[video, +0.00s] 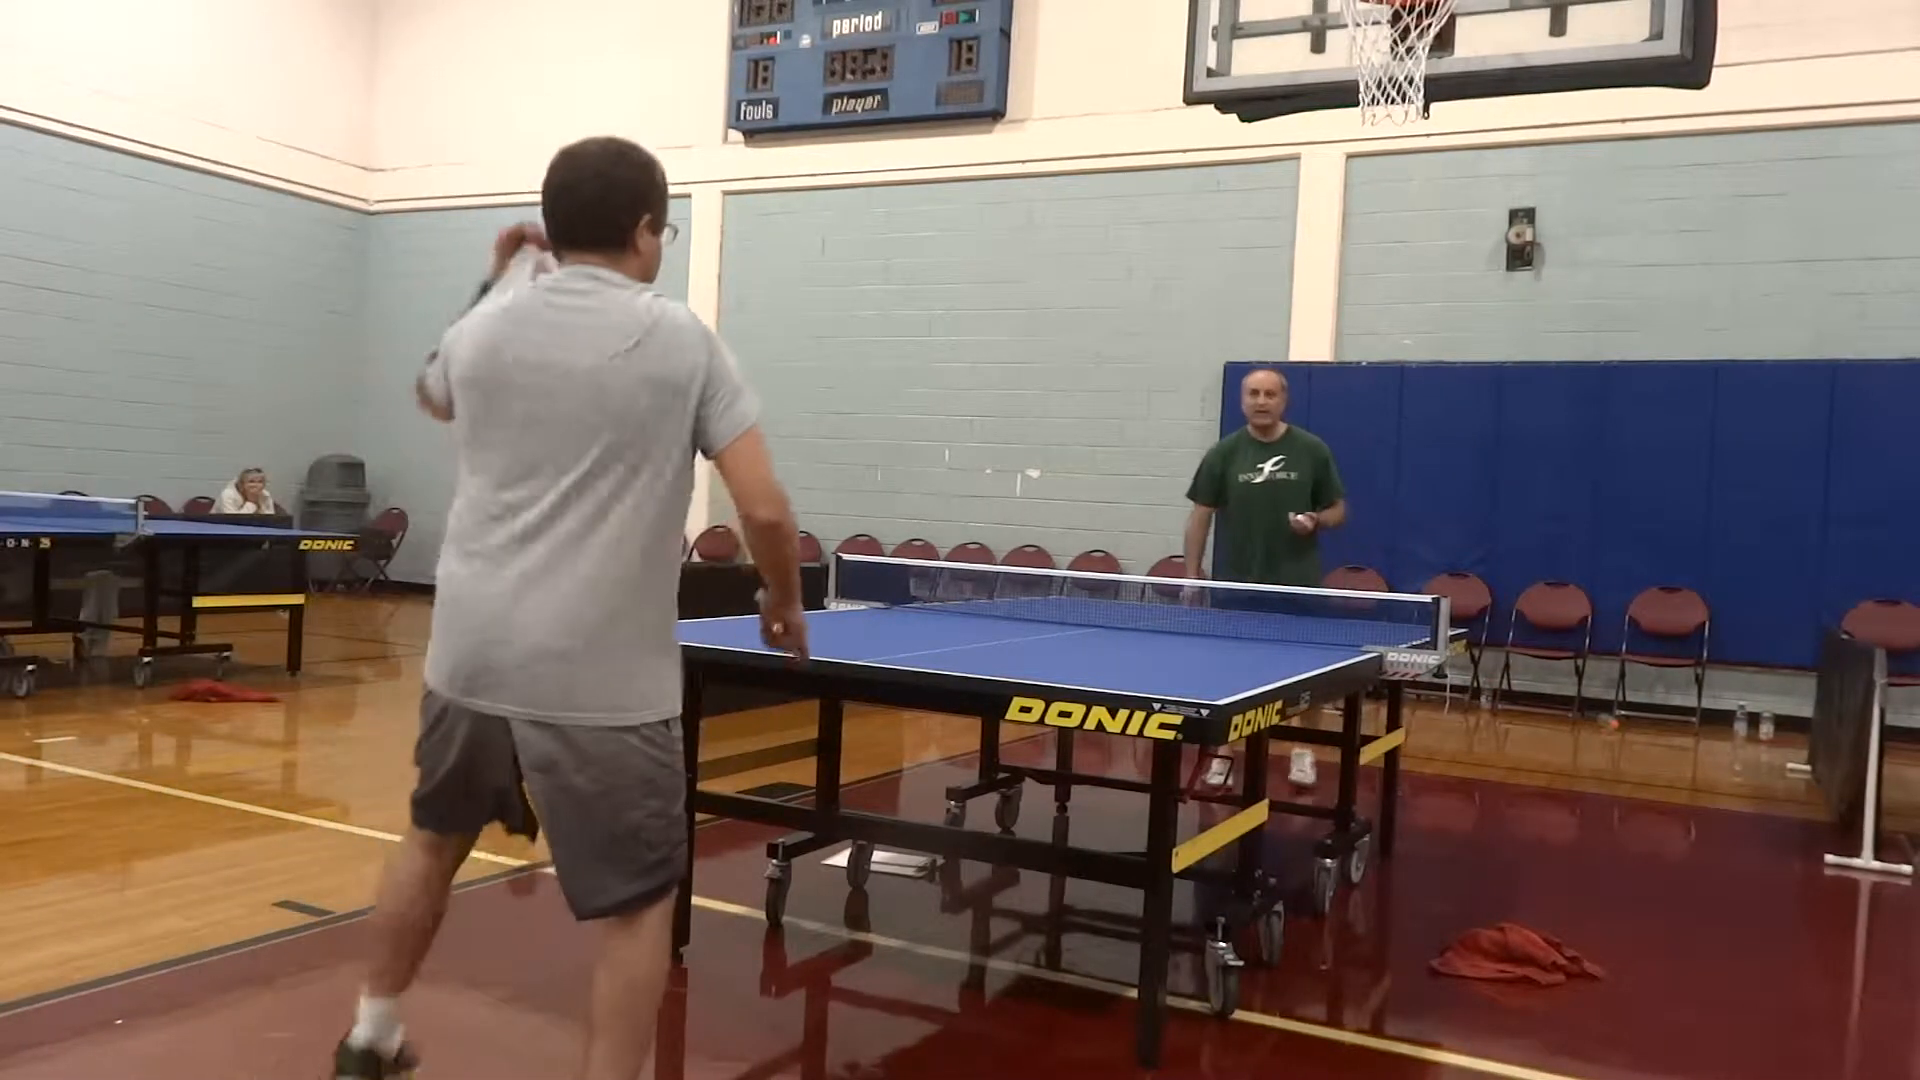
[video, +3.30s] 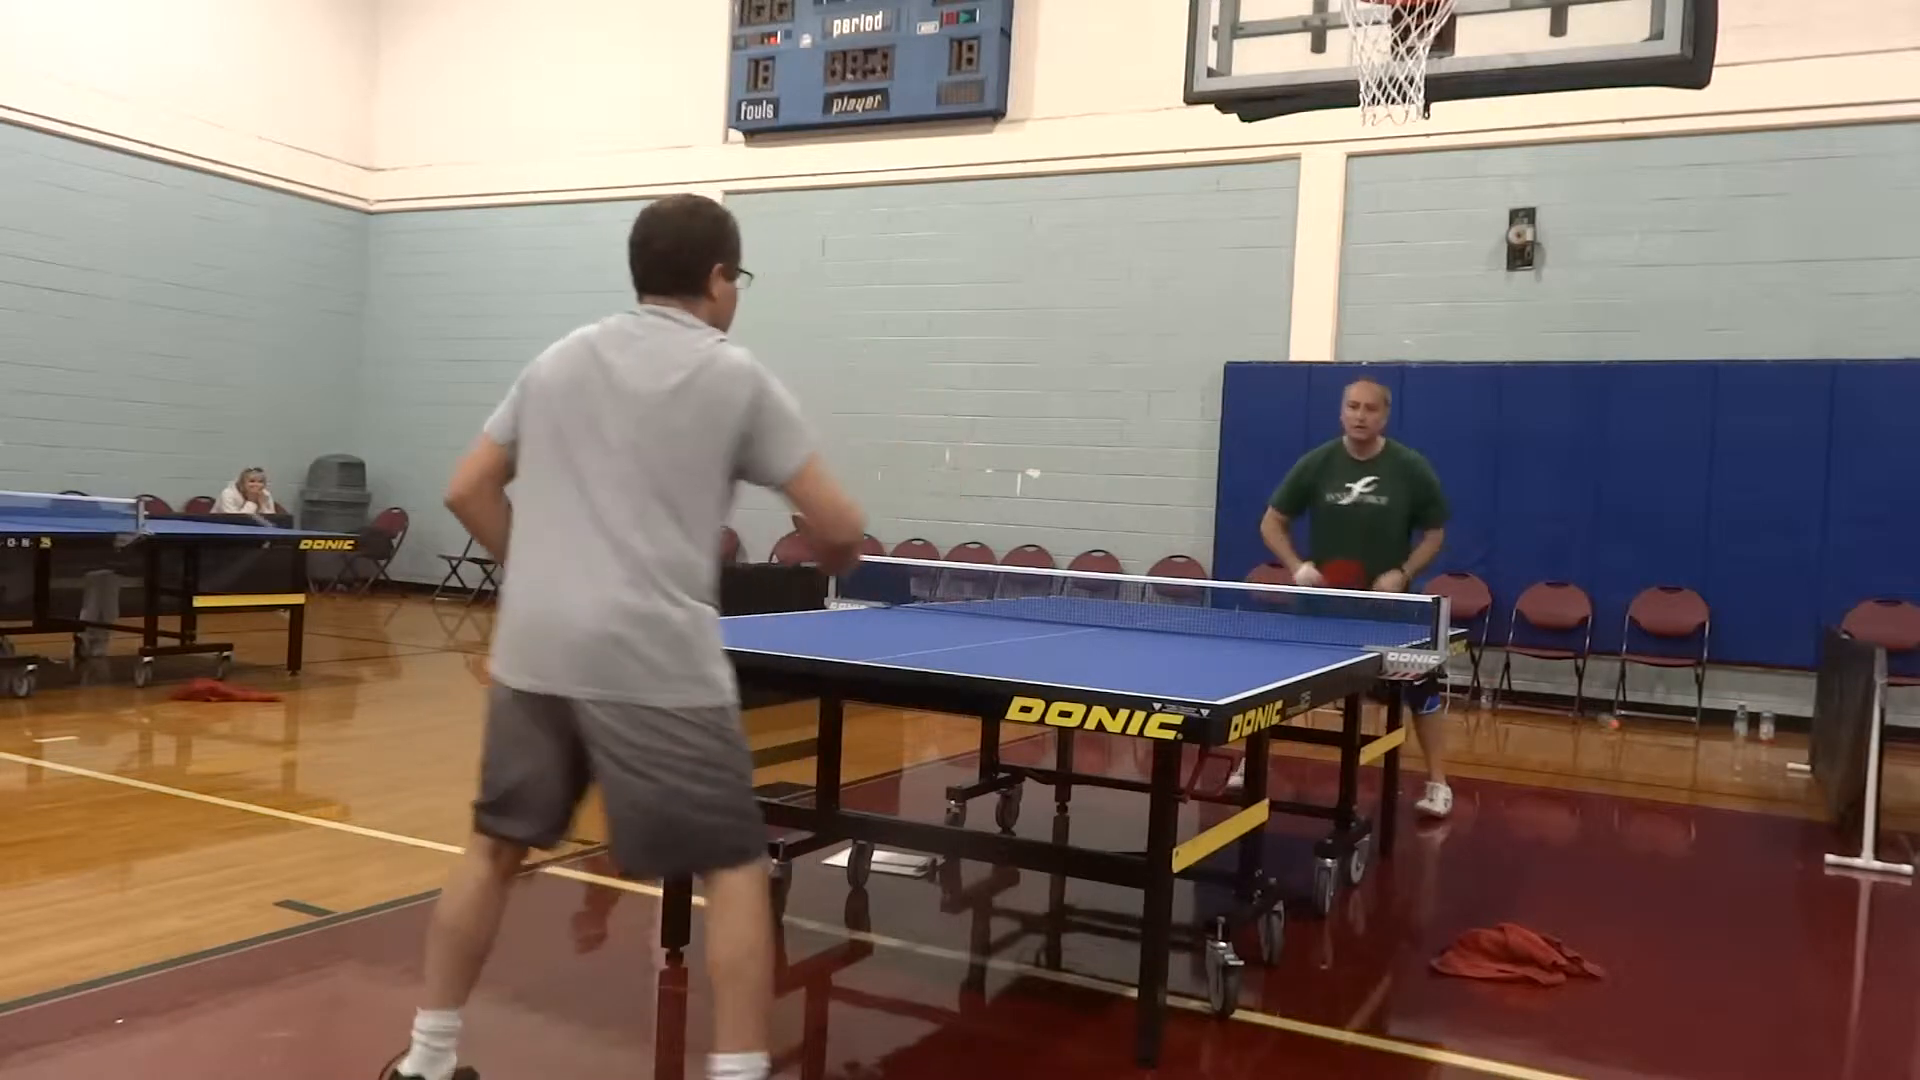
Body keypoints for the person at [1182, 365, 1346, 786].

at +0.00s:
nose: (1261, 401)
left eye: (1270, 394)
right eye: (1253, 394)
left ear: (1284, 400)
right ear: (1242, 400)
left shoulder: (1313, 452)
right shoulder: (1223, 454)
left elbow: (1337, 510)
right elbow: (1200, 516)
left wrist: (1316, 519)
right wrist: (1191, 576)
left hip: (1298, 589)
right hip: (1237, 588)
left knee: (1303, 671)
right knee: (1229, 665)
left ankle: (1302, 750)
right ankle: (1221, 750)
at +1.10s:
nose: (1242, 447)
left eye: (1252, 439)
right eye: (1235, 437)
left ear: (1266, 440)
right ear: (1223, 433)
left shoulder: (1283, 483)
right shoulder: (1194, 472)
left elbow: (1294, 554)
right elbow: (1152, 529)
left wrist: (1284, 583)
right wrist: (1140, 586)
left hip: (1260, 600)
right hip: (1202, 596)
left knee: (1288, 665)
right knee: (1203, 673)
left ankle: (1299, 746)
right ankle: (1208, 757)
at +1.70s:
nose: (1261, 424)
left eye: (1269, 416)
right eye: (1254, 414)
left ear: (1279, 422)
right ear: (1237, 417)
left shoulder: (1296, 468)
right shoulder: (1209, 461)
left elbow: (1314, 538)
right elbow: (1170, 523)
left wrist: (1311, 521)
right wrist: (1171, 577)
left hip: (1268, 591)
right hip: (1210, 588)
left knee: (1293, 668)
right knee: (1207, 671)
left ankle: (1302, 748)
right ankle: (1208, 757)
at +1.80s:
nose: (1268, 413)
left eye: (1276, 405)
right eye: (1260, 404)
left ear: (1284, 410)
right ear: (1241, 408)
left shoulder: (1300, 457)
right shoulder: (1212, 454)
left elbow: (1316, 520)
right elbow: (1182, 521)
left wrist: (1326, 518)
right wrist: (1215, 564)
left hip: (1278, 583)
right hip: (1219, 582)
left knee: (1298, 661)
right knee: (1214, 664)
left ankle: (1301, 748)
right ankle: (1210, 756)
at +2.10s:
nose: (1282, 426)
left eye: (1288, 417)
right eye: (1273, 417)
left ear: (1295, 420)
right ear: (1253, 419)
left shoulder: (1311, 466)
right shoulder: (1230, 464)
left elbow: (1334, 533)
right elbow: (1229, 537)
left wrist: (1356, 572)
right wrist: (1284, 560)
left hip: (1292, 594)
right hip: (1232, 591)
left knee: (1306, 671)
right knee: (1222, 668)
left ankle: (1300, 754)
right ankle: (1211, 757)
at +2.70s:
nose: (1288, 410)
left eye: (1298, 403)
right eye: (1281, 402)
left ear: (1313, 412)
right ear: (1270, 410)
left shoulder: (1343, 461)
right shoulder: (1247, 466)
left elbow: (1373, 518)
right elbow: (1231, 526)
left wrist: (1379, 573)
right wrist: (1241, 566)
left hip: (1333, 596)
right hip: (1268, 597)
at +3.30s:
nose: (1360, 416)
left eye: (1371, 409)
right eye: (1354, 407)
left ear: (1385, 416)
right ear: (1341, 411)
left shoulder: (1412, 468)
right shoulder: (1317, 463)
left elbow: (1435, 534)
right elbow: (1271, 523)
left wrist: (1404, 572)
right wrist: (1296, 565)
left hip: (1388, 610)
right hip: (1321, 606)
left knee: (1424, 685)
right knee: (1272, 676)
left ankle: (1437, 780)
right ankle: (1252, 763)